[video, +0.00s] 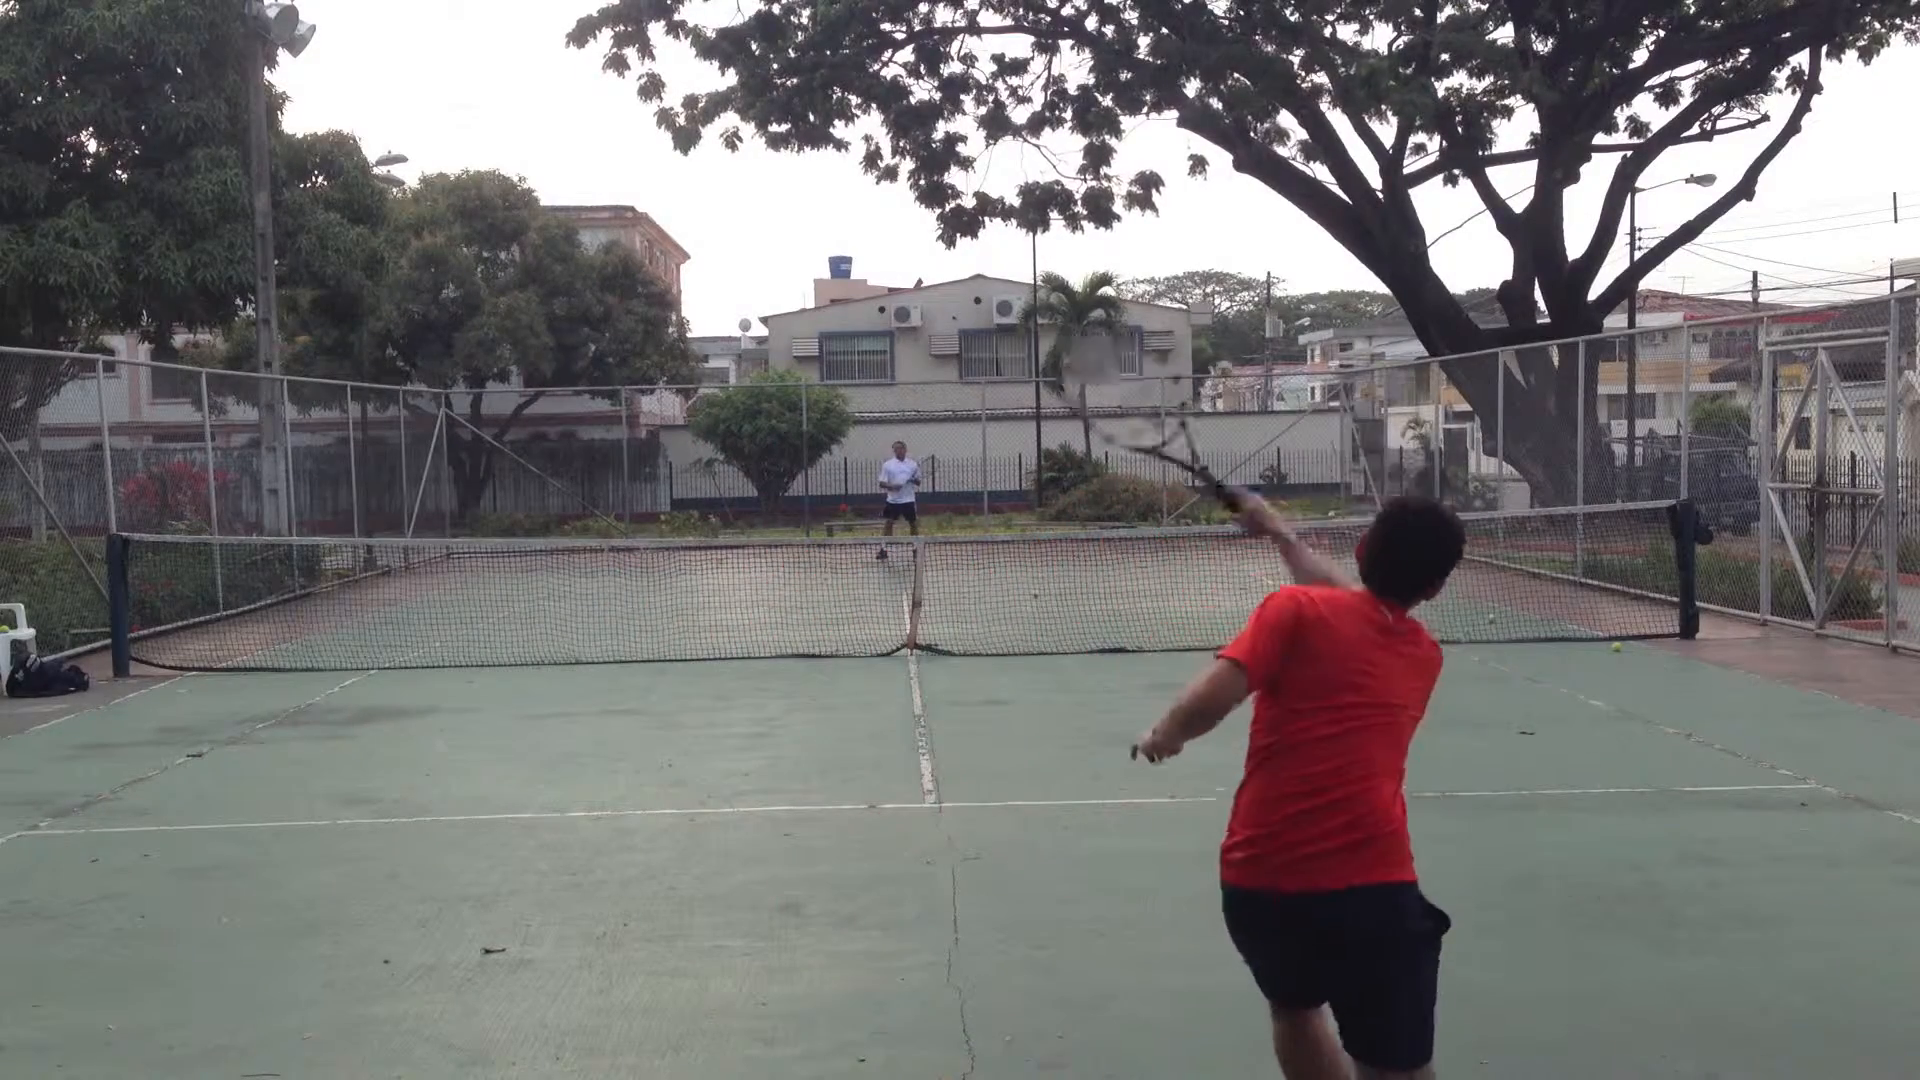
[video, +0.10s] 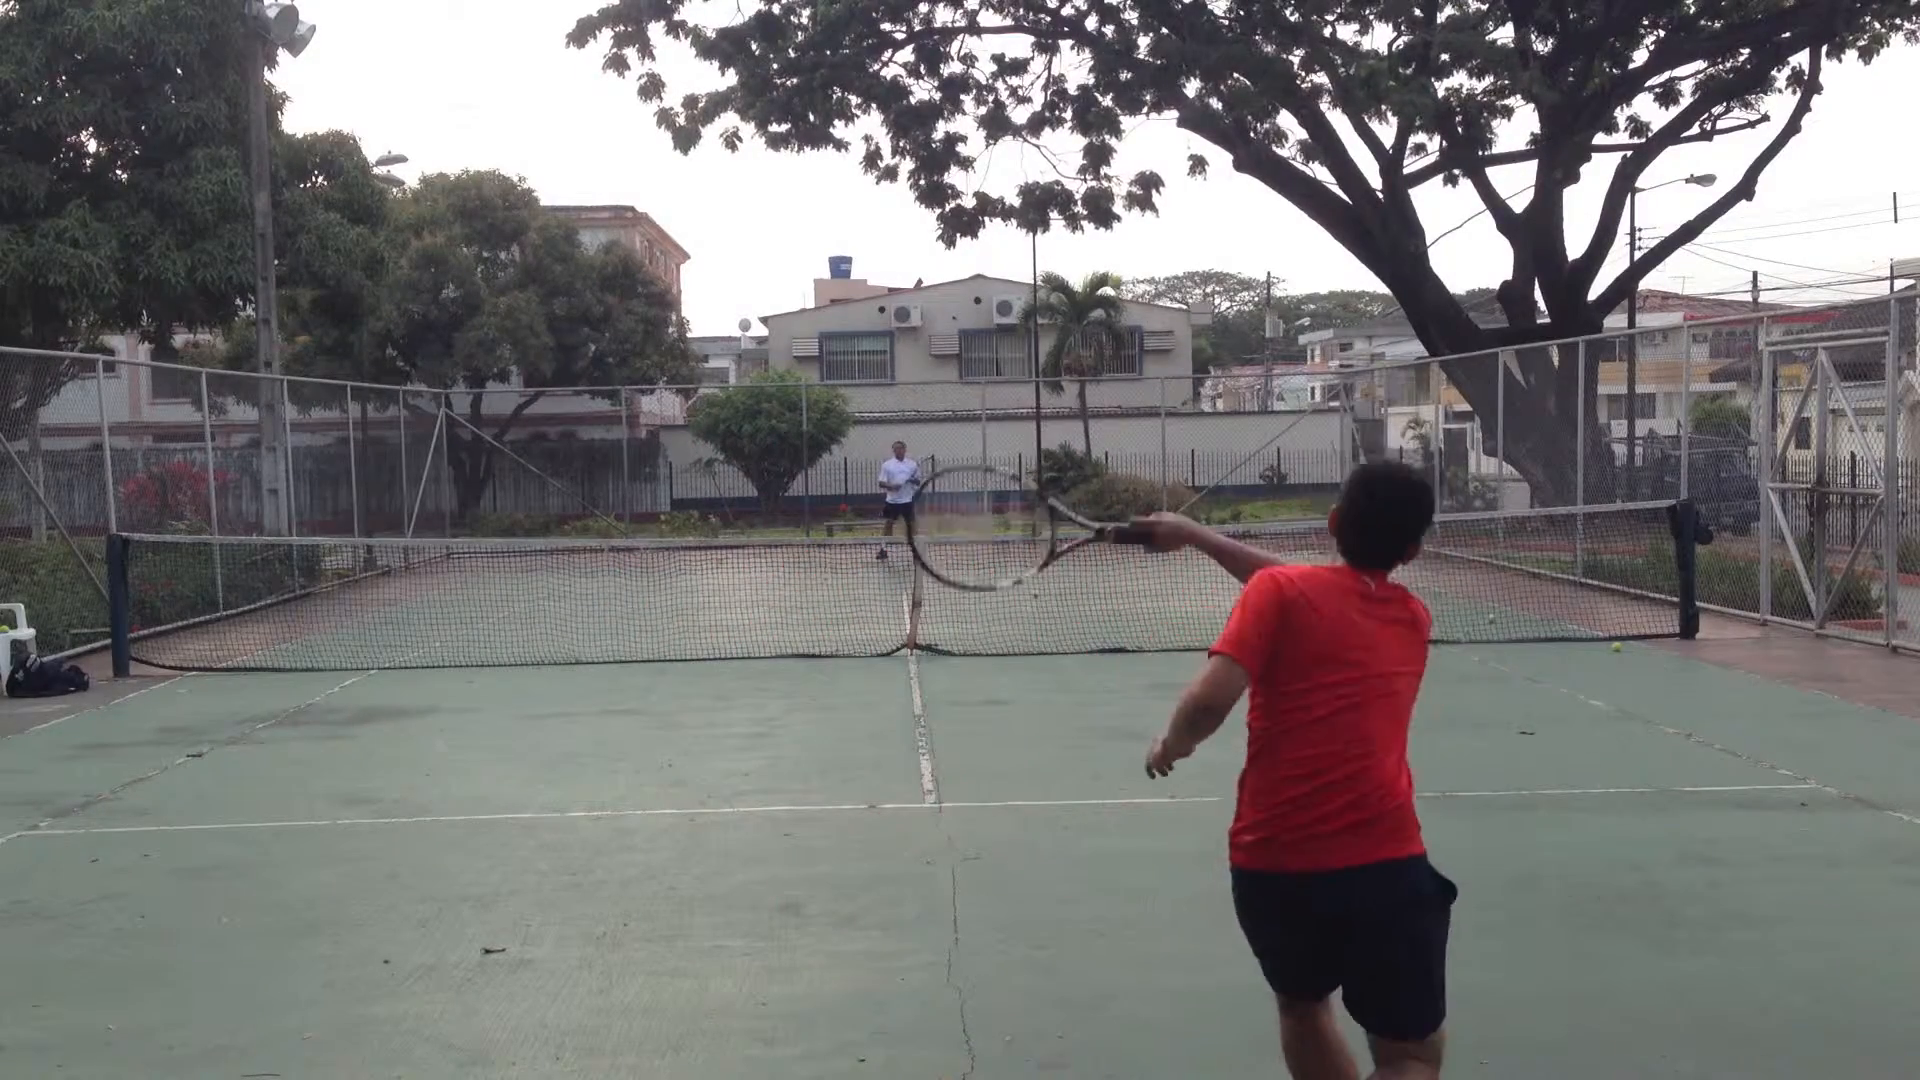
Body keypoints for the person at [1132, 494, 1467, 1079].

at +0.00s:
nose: (1359, 536)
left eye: (1366, 532)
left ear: (1362, 547)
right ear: (1433, 586)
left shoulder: (1293, 608)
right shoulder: (1424, 653)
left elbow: (1209, 699)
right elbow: (1348, 595)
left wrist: (1163, 738)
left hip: (1263, 887)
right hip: (1375, 892)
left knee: (1297, 1011)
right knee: (1395, 1066)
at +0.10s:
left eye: (1336, 506)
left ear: (1333, 521)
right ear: (1413, 549)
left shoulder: (1277, 590)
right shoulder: (1413, 618)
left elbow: (1207, 703)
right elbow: (1304, 584)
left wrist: (1172, 747)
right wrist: (1191, 533)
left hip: (1275, 873)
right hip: (1386, 873)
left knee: (1305, 1008)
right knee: (1409, 1055)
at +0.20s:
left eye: (1306, 475)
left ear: (1305, 491)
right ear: (1387, 508)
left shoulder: (1257, 571)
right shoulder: (1395, 584)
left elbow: (1212, 691)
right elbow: (1273, 601)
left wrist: (1167, 752)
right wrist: (1146, 607)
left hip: (1277, 851)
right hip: (1386, 847)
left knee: (1309, 1006)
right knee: (1400, 1031)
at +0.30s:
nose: (1269, 461)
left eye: (1271, 452)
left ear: (1272, 467)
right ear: (1354, 477)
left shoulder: (1241, 555)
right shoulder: (1366, 557)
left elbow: (1218, 691)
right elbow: (1281, 655)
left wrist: (1167, 762)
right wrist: (1160, 703)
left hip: (1277, 841)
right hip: (1383, 833)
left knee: (1298, 1013)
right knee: (1376, 1023)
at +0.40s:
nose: (1235, 463)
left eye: (1238, 453)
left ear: (1240, 470)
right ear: (1323, 473)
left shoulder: (1223, 563)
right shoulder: (1349, 562)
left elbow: (1219, 703)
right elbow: (1308, 696)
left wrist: (1159, 780)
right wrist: (1193, 764)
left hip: (1265, 850)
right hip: (1370, 842)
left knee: (1255, 1014)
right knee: (1347, 1032)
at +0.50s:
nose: (1211, 466)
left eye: (1212, 455)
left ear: (1216, 472)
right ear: (1300, 472)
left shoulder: (1203, 569)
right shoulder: (1341, 564)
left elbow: (1211, 708)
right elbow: (1319, 710)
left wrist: (1146, 777)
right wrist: (1211, 773)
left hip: (1243, 850)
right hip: (1350, 842)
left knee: (1194, 994)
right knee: (1321, 1030)